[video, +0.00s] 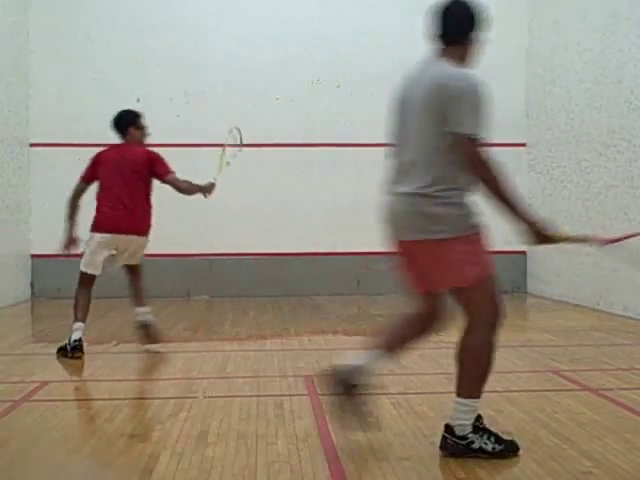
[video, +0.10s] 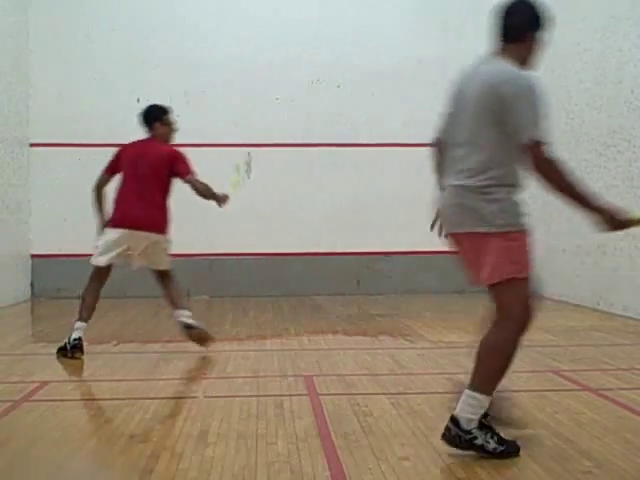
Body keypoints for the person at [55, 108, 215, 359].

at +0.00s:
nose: (146, 132)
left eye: (144, 127)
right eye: (142, 128)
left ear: (123, 132)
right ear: (131, 130)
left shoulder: (103, 156)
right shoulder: (148, 156)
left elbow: (76, 195)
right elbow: (177, 184)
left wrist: (70, 231)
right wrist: (202, 189)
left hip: (105, 230)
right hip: (137, 232)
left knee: (85, 282)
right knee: (134, 268)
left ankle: (76, 337)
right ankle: (143, 315)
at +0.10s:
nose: (173, 128)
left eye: (172, 123)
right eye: (169, 123)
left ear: (150, 127)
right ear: (157, 126)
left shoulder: (127, 150)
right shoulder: (170, 154)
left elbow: (99, 185)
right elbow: (194, 183)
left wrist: (102, 218)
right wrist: (216, 197)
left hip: (121, 224)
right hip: (154, 228)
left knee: (97, 278)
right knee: (166, 276)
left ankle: (76, 336)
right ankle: (184, 317)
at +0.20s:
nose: (202, 123)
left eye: (201, 118)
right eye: (197, 119)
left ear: (179, 122)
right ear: (184, 121)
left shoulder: (156, 146)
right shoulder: (199, 150)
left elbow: (126, 180)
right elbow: (216, 187)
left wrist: (131, 212)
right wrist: (231, 212)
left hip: (150, 221)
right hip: (183, 224)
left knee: (118, 276)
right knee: (196, 281)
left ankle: (83, 328)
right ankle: (209, 337)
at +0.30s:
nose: (227, 115)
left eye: (226, 110)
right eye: (222, 110)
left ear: (203, 113)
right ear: (209, 112)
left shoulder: (182, 137)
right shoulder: (222, 141)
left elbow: (153, 172)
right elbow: (228, 180)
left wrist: (155, 207)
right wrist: (240, 210)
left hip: (176, 214)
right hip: (207, 218)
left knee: (152, 269)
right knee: (211, 278)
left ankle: (128, 323)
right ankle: (210, 333)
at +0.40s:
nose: (247, 102)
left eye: (247, 96)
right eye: (243, 97)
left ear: (224, 99)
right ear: (229, 98)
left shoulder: (202, 123)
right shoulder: (242, 127)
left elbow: (176, 160)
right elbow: (240, 165)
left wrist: (179, 198)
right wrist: (250, 200)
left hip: (199, 202)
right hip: (228, 205)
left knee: (191, 262)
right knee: (231, 264)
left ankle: (186, 324)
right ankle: (223, 322)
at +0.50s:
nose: (267, 99)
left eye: (266, 94)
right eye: (263, 94)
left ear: (244, 97)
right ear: (248, 96)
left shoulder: (222, 122)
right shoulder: (261, 124)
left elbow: (196, 156)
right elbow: (257, 164)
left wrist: (200, 196)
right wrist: (270, 200)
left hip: (219, 199)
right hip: (248, 201)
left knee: (223, 262)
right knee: (260, 261)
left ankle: (225, 325)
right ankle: (261, 323)